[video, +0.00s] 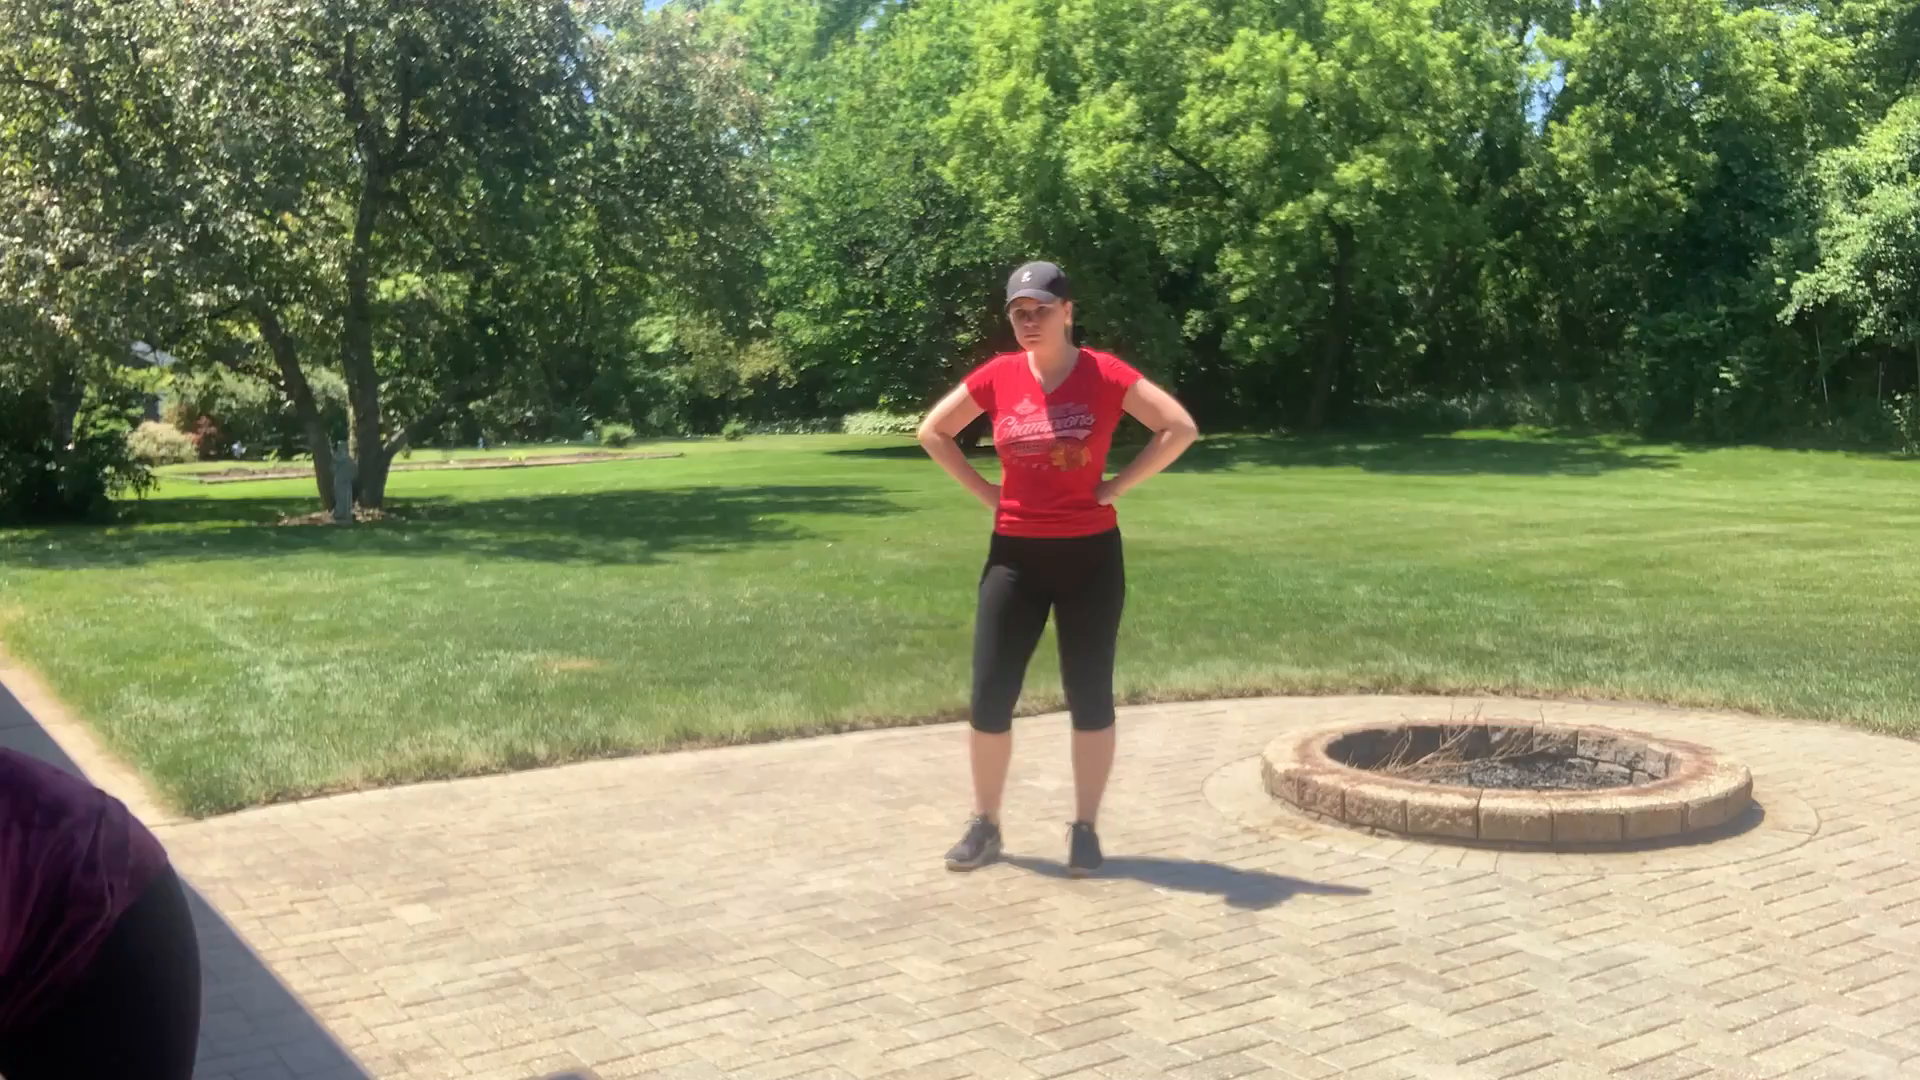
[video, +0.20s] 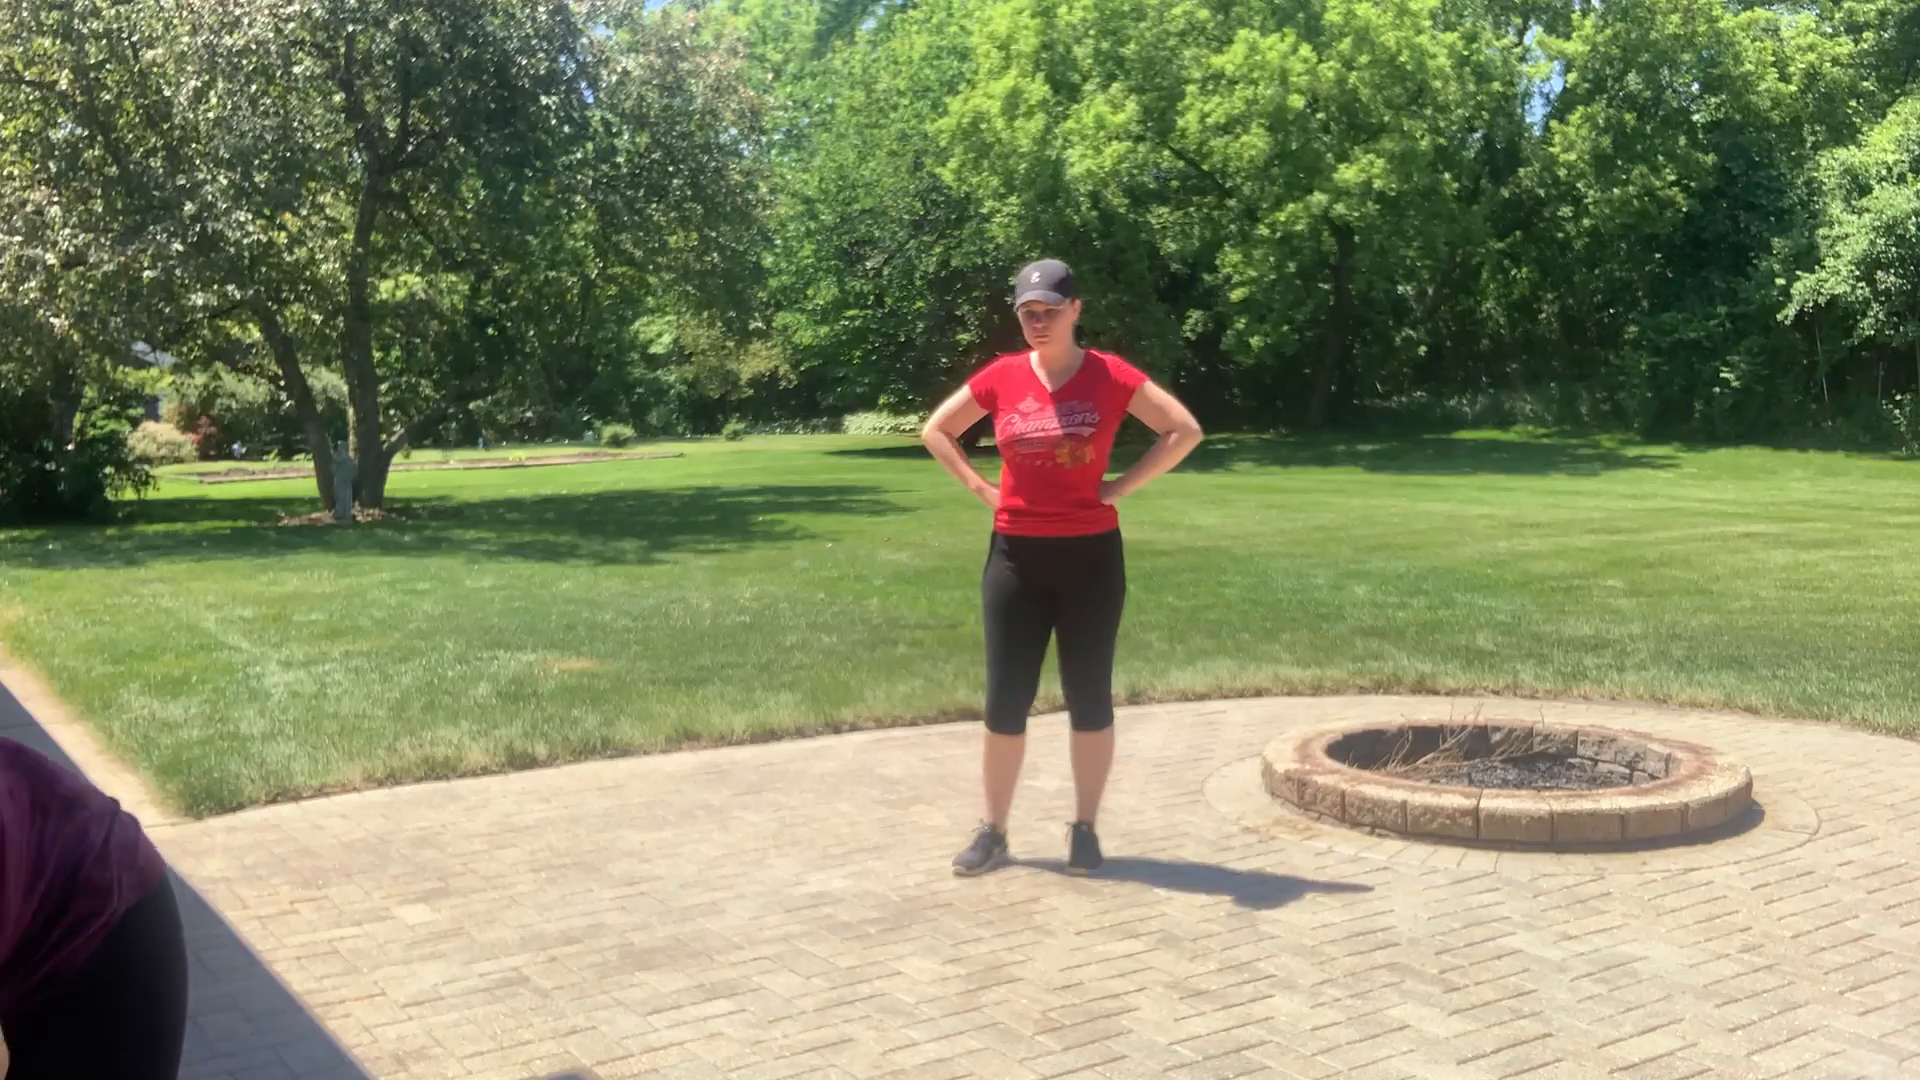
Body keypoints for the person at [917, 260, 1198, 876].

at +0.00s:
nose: (1027, 321)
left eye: (1037, 311)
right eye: (1018, 313)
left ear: (1066, 312)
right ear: (1008, 318)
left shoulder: (1104, 372)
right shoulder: (998, 376)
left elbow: (1181, 427)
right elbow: (932, 433)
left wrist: (1118, 486)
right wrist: (988, 493)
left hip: (1089, 554)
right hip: (1014, 553)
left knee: (1089, 695)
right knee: (989, 692)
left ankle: (1085, 828)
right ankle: (985, 823)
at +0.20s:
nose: (1036, 321)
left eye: (1047, 310)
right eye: (1026, 312)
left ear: (1074, 310)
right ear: (1016, 316)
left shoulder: (1108, 373)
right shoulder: (1002, 376)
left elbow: (1186, 430)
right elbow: (934, 432)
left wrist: (1121, 487)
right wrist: (984, 490)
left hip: (1089, 553)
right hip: (1015, 552)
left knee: (1088, 696)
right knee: (1004, 696)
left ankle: (1085, 826)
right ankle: (994, 829)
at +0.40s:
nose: (1037, 320)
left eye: (1049, 309)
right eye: (1028, 311)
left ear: (1074, 311)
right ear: (1018, 316)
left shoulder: (1107, 374)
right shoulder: (1000, 377)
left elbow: (1184, 432)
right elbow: (929, 432)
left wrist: (1123, 488)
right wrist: (980, 489)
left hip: (1087, 551)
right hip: (1013, 550)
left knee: (1086, 696)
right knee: (1005, 697)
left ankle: (1084, 827)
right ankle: (993, 828)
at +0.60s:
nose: (1034, 316)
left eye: (1046, 306)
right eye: (1025, 307)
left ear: (1071, 310)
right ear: (1014, 314)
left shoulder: (1102, 374)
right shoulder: (995, 376)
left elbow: (1179, 431)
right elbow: (922, 433)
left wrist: (1117, 488)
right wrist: (975, 489)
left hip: (1082, 552)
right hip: (1008, 552)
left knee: (1084, 696)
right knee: (1003, 697)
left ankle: (1084, 826)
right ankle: (992, 828)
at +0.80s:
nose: (1029, 316)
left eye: (1041, 305)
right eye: (1020, 307)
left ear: (1066, 309)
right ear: (1009, 314)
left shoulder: (1096, 375)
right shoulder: (990, 375)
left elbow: (1174, 432)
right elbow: (918, 433)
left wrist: (1113, 487)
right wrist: (970, 488)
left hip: (1077, 552)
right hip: (1003, 552)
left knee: (1081, 695)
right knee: (1002, 697)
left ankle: (1084, 827)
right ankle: (992, 830)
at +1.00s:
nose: (1026, 315)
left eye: (1038, 305)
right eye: (1017, 306)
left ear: (1063, 310)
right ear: (1007, 313)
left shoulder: (1094, 375)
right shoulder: (988, 375)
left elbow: (1171, 433)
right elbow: (916, 432)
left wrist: (1107, 488)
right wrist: (967, 488)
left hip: (1074, 552)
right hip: (1000, 552)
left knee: (1079, 695)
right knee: (1000, 698)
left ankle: (1083, 827)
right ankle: (992, 830)